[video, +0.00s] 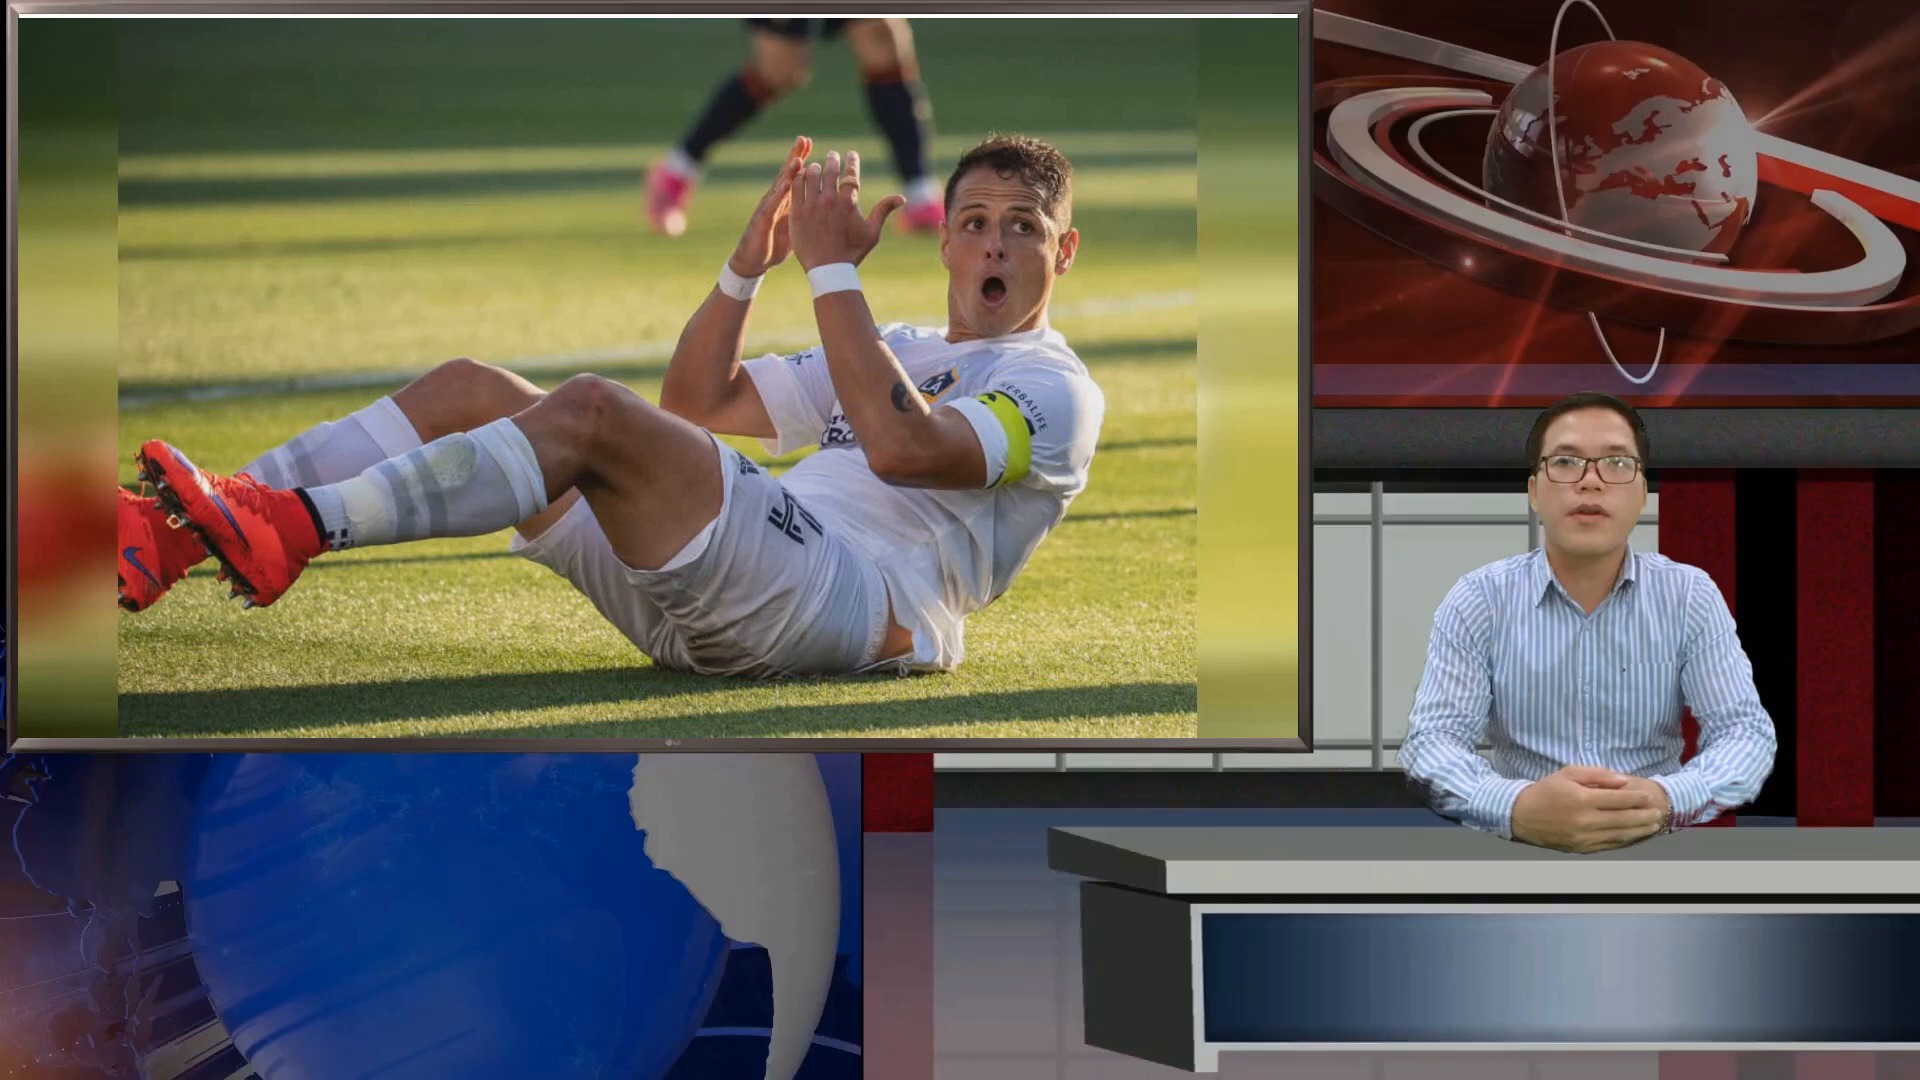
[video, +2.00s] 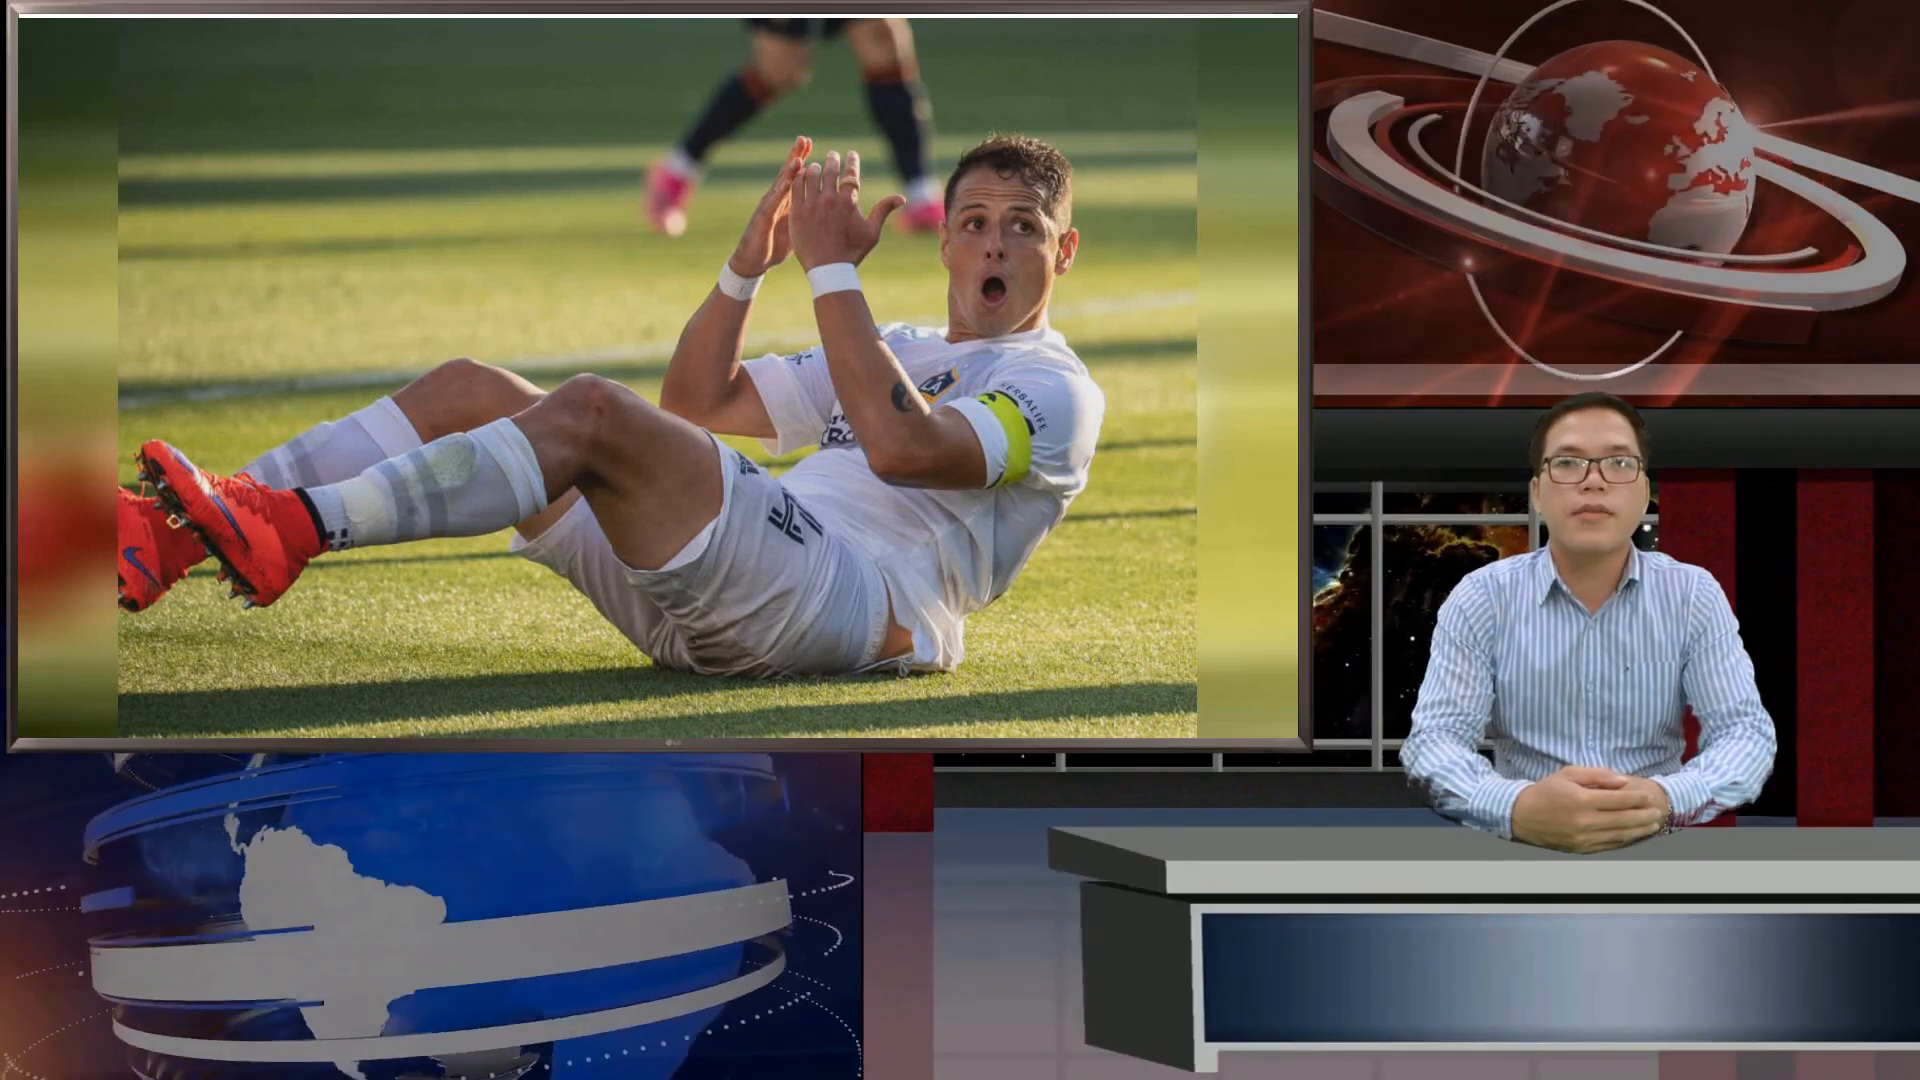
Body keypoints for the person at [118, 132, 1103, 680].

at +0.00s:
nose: (995, 246)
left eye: (1022, 230)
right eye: (976, 224)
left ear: (1065, 257)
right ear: (942, 241)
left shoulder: (1055, 389)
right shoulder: (892, 358)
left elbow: (901, 447)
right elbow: (695, 405)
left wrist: (833, 270)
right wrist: (747, 270)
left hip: (839, 603)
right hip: (731, 572)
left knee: (593, 413)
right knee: (468, 389)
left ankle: (299, 524)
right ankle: (179, 538)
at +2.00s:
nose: (995, 246)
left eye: (1022, 230)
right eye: (976, 224)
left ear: (1065, 258)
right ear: (943, 240)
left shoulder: (1055, 389)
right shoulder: (892, 358)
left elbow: (902, 447)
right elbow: (695, 404)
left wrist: (833, 270)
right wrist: (747, 270)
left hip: (840, 603)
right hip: (732, 571)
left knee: (592, 413)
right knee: (468, 389)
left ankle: (300, 524)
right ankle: (180, 539)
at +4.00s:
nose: (995, 246)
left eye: (1022, 230)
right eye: (975, 224)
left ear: (1065, 257)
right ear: (942, 241)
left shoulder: (1055, 389)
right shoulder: (892, 358)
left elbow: (902, 447)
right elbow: (695, 405)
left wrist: (833, 270)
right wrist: (747, 270)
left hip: (841, 603)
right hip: (733, 573)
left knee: (592, 413)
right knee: (468, 389)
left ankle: (299, 525)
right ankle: (180, 538)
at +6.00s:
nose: (996, 246)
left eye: (1023, 229)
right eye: (977, 223)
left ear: (1066, 257)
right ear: (943, 241)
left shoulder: (1056, 389)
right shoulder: (892, 358)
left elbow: (901, 447)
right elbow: (695, 405)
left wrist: (833, 268)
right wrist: (747, 269)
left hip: (840, 604)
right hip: (732, 572)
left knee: (593, 413)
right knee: (467, 389)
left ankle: (300, 524)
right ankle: (175, 541)